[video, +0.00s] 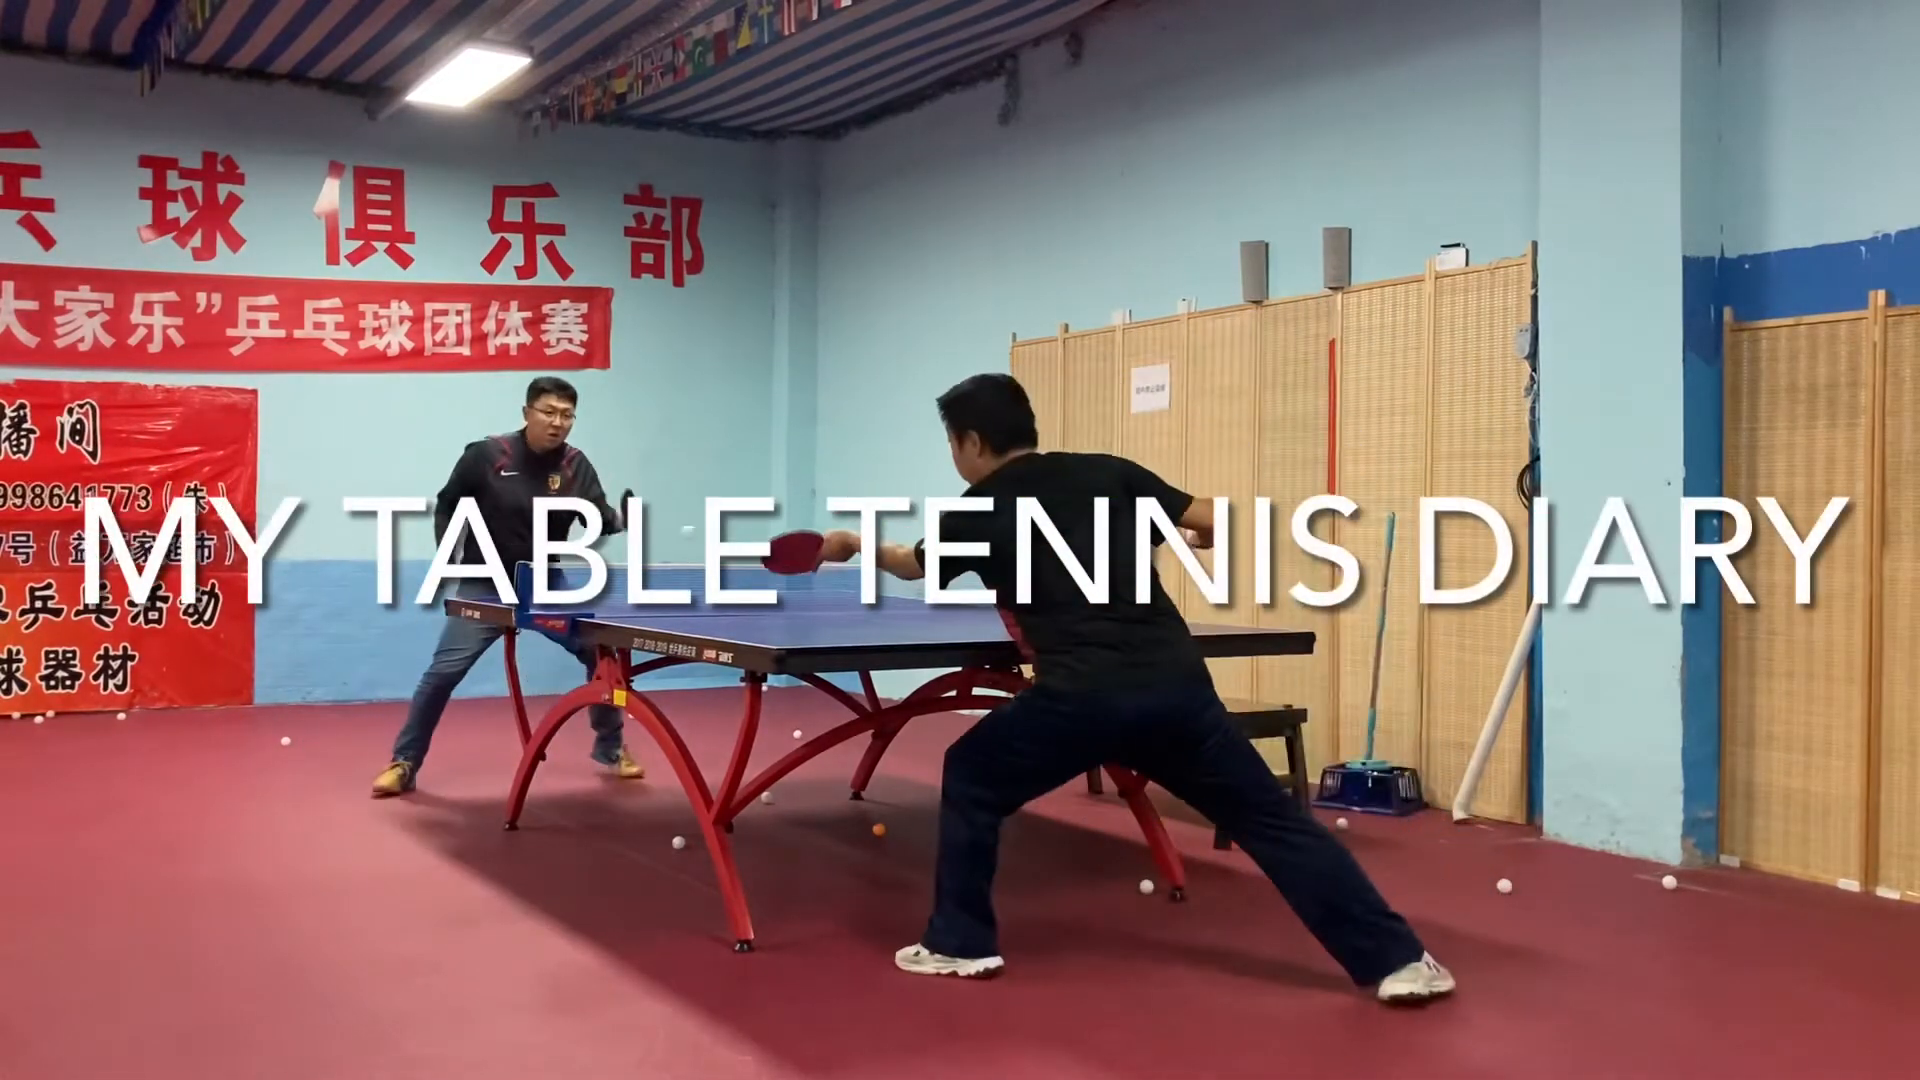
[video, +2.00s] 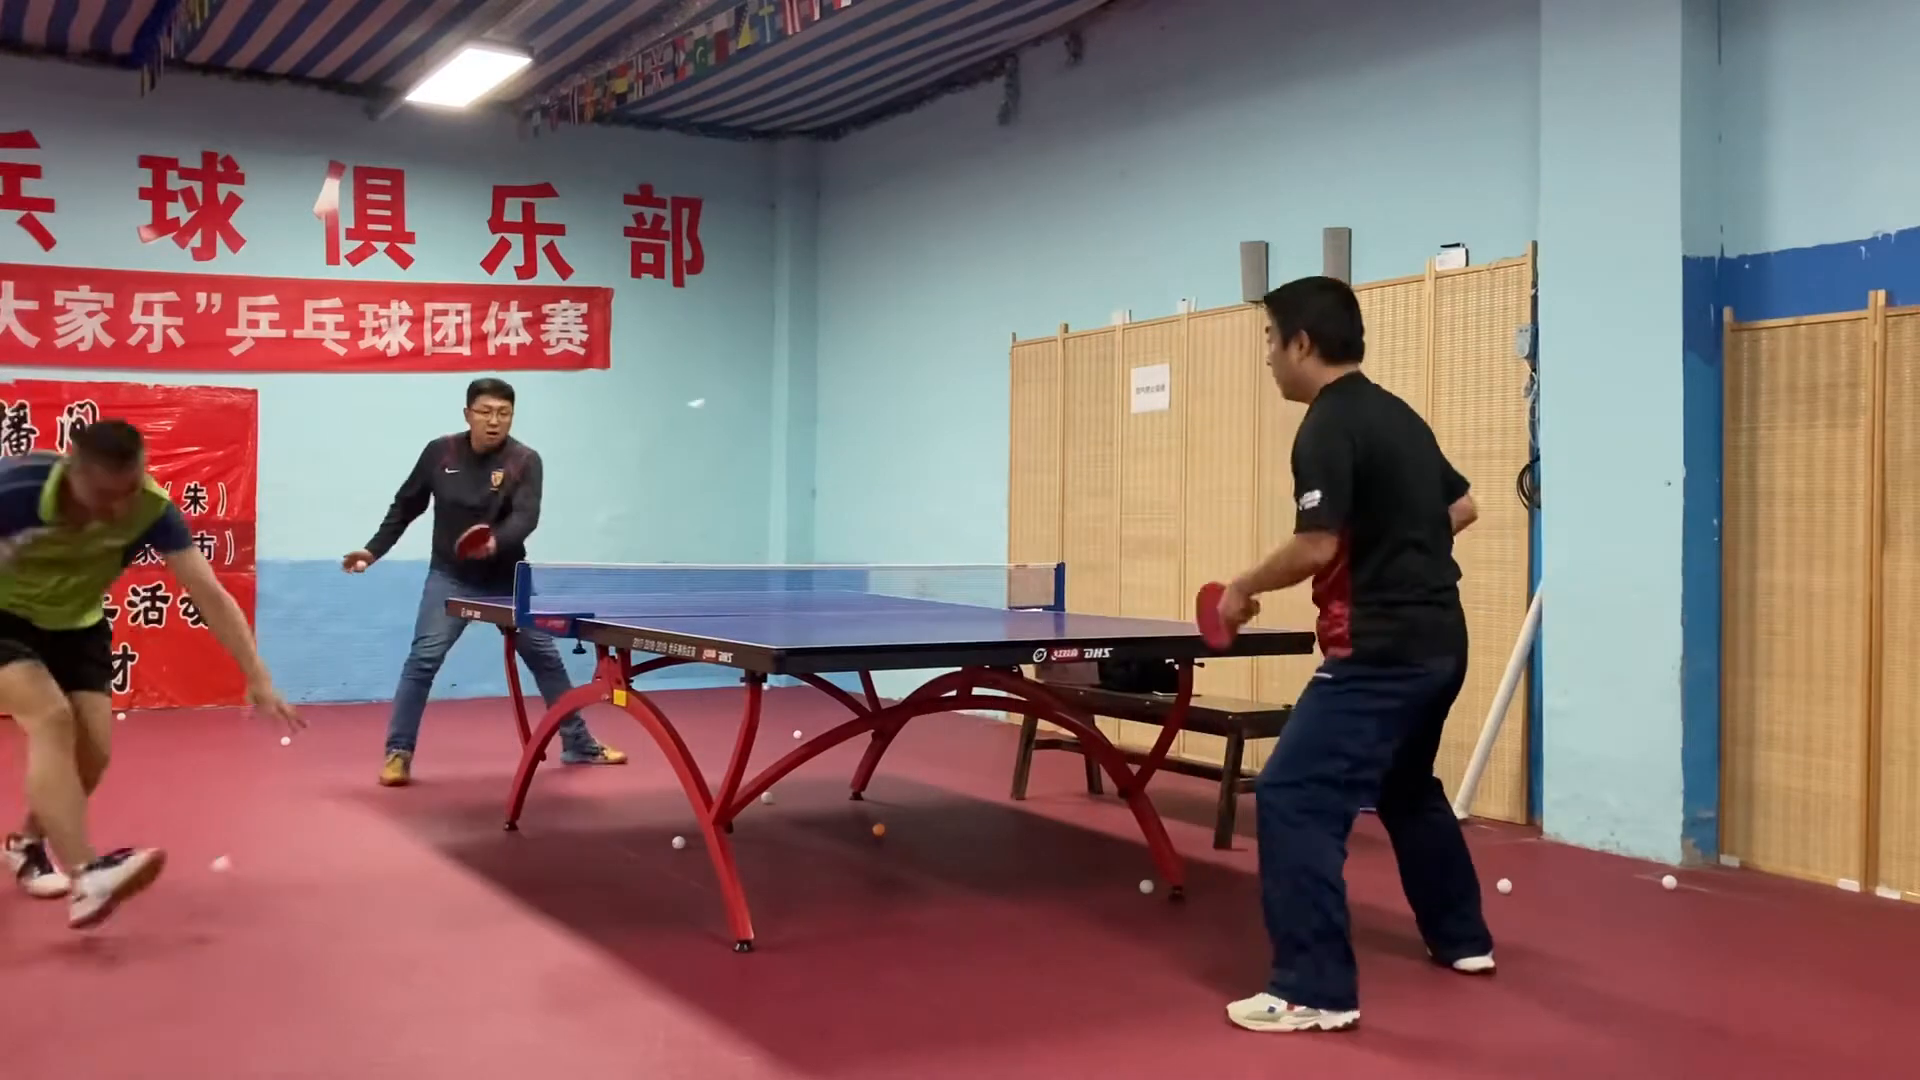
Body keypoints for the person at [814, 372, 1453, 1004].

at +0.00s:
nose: (953, 458)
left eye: (954, 444)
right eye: (954, 444)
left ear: (974, 441)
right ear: (1030, 429)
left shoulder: (983, 505)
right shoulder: (1115, 473)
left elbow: (913, 566)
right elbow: (1204, 521)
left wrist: (855, 543)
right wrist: (1147, 526)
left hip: (1081, 694)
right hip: (1176, 687)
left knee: (973, 771)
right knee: (1271, 818)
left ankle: (962, 941)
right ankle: (1398, 960)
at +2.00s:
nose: (1268, 356)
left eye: (1273, 341)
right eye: (1269, 341)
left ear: (1301, 343)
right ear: (1342, 343)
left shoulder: (1328, 423)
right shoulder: (1398, 412)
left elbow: (1317, 545)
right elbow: (1459, 506)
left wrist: (1246, 586)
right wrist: (1371, 548)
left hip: (1381, 651)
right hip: (1438, 648)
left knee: (1294, 793)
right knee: (1406, 786)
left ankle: (1316, 988)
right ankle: (1463, 941)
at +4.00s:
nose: (1367, 369)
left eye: (1366, 359)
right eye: (1365, 361)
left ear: (1378, 351)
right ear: (1438, 346)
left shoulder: (1388, 393)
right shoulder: (1485, 411)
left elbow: (1391, 477)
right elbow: (1500, 521)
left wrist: (1372, 579)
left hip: (1433, 625)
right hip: (1499, 624)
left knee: (1401, 787)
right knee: (1464, 781)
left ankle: (1414, 965)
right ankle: (1472, 947)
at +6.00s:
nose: (1400, 368)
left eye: (1416, 356)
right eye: (1401, 355)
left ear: (1459, 371)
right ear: (1412, 367)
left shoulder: (1517, 440)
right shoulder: (1383, 430)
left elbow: (1549, 510)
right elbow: (1320, 456)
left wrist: (1531, 549)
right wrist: (1252, 474)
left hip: (1483, 635)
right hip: (1393, 632)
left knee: (1521, 765)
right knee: (1357, 753)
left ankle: (1561, 896)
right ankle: (1345, 885)